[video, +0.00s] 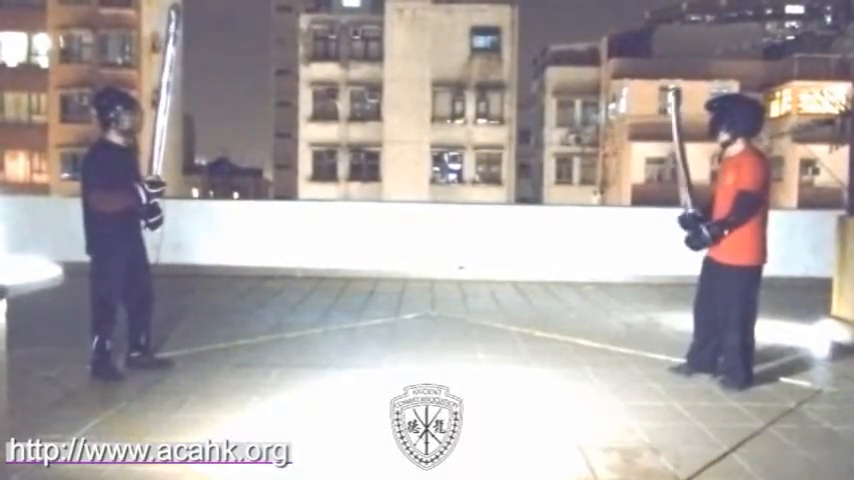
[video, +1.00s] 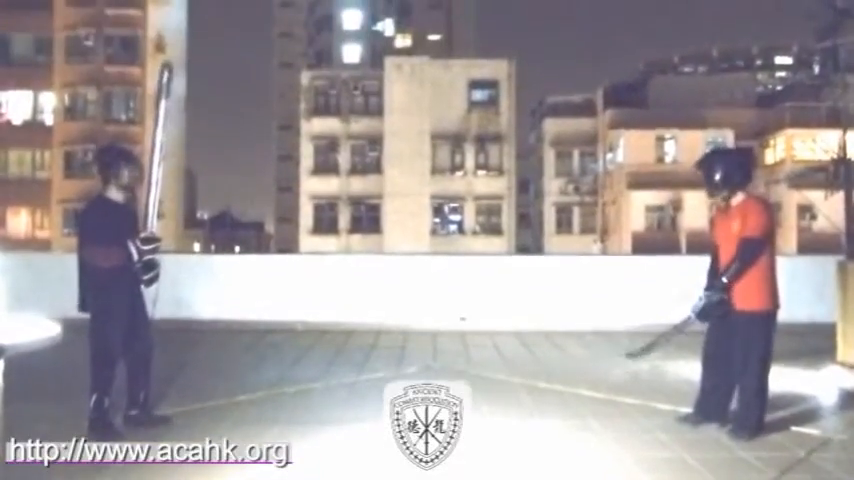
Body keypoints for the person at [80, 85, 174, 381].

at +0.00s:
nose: (135, 120)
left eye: (135, 114)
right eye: (128, 114)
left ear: (128, 117)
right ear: (112, 117)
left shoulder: (127, 153)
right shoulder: (99, 156)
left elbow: (128, 190)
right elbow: (98, 201)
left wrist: (147, 193)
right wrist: (139, 200)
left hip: (130, 234)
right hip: (105, 238)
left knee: (140, 291)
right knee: (106, 295)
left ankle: (139, 349)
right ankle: (100, 354)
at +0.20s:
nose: (137, 123)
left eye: (137, 118)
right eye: (131, 118)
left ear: (128, 121)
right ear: (115, 121)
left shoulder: (127, 156)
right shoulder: (101, 160)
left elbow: (129, 195)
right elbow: (101, 205)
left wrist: (148, 200)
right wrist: (141, 204)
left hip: (131, 238)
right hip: (108, 242)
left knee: (142, 293)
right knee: (111, 297)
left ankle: (141, 352)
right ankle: (103, 358)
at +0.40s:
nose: (138, 127)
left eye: (138, 122)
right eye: (133, 121)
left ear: (127, 124)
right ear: (117, 124)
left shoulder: (126, 160)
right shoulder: (102, 163)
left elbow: (126, 199)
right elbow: (101, 208)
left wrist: (147, 200)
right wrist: (140, 207)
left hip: (131, 244)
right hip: (109, 247)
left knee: (143, 297)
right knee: (110, 303)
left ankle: (142, 355)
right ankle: (104, 361)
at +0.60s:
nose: (137, 132)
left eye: (138, 127)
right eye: (131, 126)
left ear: (134, 130)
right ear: (115, 128)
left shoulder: (127, 166)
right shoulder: (100, 168)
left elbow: (125, 206)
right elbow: (101, 214)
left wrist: (146, 206)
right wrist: (139, 213)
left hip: (130, 247)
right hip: (108, 250)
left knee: (143, 301)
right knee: (110, 307)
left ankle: (143, 360)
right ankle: (103, 367)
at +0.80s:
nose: (136, 159)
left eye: (137, 153)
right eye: (130, 153)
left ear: (131, 156)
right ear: (114, 154)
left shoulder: (126, 193)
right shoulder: (96, 194)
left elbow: (127, 232)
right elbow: (94, 237)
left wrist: (146, 233)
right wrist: (132, 241)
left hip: (130, 272)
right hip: (106, 275)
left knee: (142, 329)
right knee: (107, 335)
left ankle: (140, 390)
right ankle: (100, 396)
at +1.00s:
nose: (136, 174)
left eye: (135, 169)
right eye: (130, 168)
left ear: (123, 173)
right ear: (114, 171)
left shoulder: (127, 210)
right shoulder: (94, 212)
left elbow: (129, 250)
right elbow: (94, 256)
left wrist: (147, 259)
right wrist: (131, 252)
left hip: (128, 290)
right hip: (103, 293)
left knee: (141, 345)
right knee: (106, 351)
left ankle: (138, 408)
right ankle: (99, 414)